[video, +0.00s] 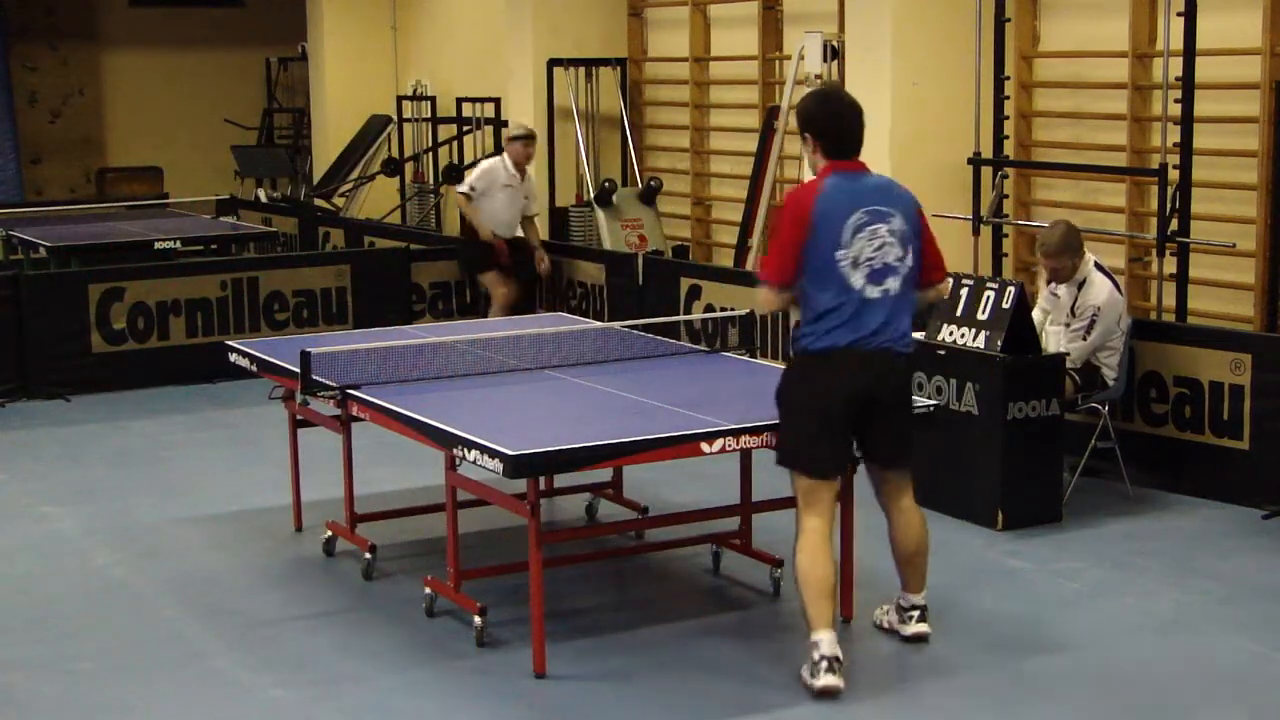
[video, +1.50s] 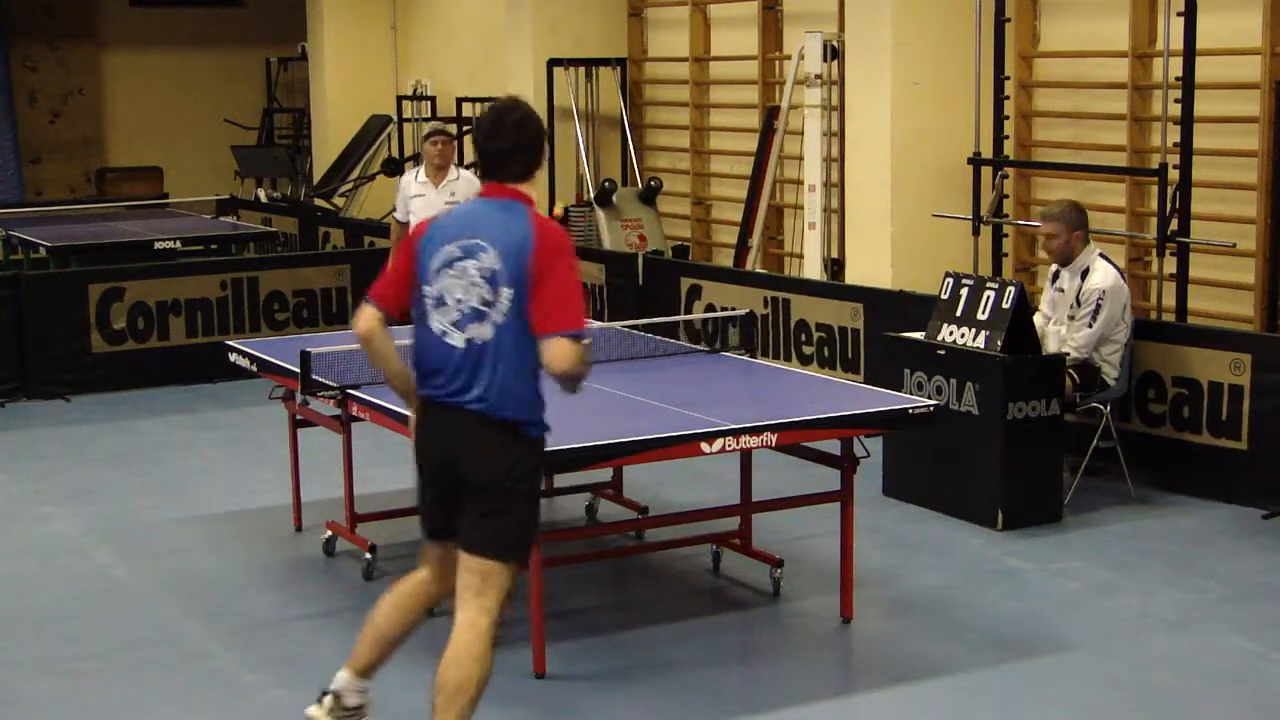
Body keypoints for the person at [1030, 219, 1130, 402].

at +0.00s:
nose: (1049, 275)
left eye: (1056, 270)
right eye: (1046, 268)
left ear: (1077, 261)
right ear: (1042, 258)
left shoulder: (1100, 296)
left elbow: (1071, 358)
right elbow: (1039, 318)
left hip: (1095, 371)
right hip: (1056, 358)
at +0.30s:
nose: (1045, 277)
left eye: (1052, 270)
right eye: (1042, 269)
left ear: (1072, 260)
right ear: (1039, 259)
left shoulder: (1096, 296)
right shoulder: (1050, 272)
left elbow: (1071, 357)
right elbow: (1036, 318)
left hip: (1096, 370)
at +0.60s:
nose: (1040, 282)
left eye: (1046, 276)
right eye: (1037, 275)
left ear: (1067, 261)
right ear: (1033, 265)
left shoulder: (1093, 297)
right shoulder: (1058, 273)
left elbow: (1075, 353)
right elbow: (1041, 316)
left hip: (1106, 366)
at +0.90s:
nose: (1041, 277)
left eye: (1048, 271)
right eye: (1039, 270)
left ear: (1070, 259)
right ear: (1035, 261)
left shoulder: (1096, 294)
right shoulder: (1058, 269)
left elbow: (1076, 350)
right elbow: (1046, 314)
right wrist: (1017, 335)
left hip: (1105, 366)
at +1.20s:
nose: (1031, 257)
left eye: (1035, 251)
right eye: (1031, 250)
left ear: (1059, 252)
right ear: (1059, 253)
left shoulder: (1099, 291)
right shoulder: (1059, 270)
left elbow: (1075, 351)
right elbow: (1042, 318)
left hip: (1102, 369)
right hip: (1070, 355)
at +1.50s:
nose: (1044, 246)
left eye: (1051, 238)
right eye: (1043, 238)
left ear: (1076, 238)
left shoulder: (1103, 282)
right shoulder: (1058, 268)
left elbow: (1079, 348)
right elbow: (1043, 318)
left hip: (1096, 373)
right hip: (1060, 360)